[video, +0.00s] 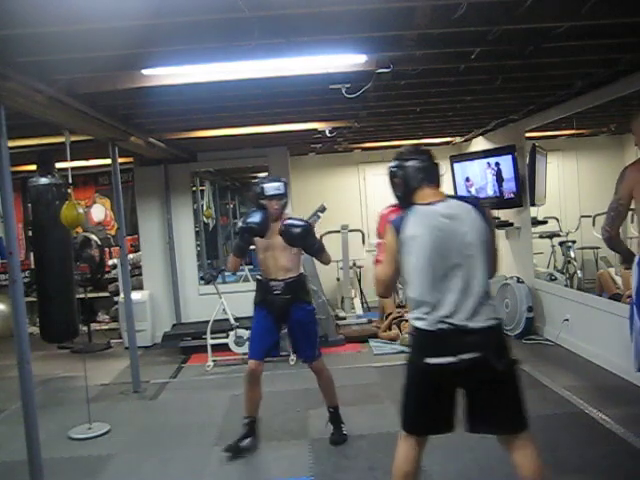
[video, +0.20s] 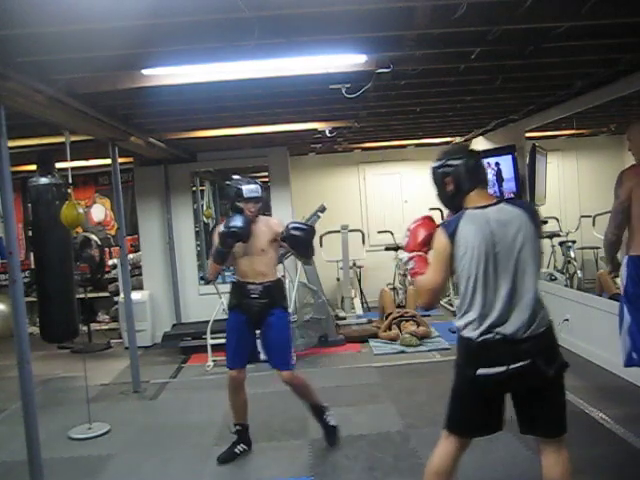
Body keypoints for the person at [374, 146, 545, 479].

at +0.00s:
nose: (393, 185)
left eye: (394, 179)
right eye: (393, 179)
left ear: (400, 183)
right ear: (436, 177)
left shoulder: (399, 225)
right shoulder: (476, 213)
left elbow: (384, 286)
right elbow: (490, 269)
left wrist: (387, 254)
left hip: (432, 351)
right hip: (486, 345)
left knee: (412, 438)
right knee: (517, 438)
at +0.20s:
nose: (440, 192)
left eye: (440, 185)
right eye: (438, 185)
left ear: (451, 183)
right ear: (483, 177)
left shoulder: (450, 230)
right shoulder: (526, 214)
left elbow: (428, 294)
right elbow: (528, 266)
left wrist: (418, 257)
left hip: (480, 357)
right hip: (537, 351)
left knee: (454, 440)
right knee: (553, 444)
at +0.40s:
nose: (457, 188)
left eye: (457, 178)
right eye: (455, 179)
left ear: (474, 171)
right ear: (503, 165)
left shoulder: (475, 214)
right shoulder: (550, 199)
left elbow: (458, 284)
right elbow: (549, 252)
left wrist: (436, 247)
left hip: (498, 339)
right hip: (553, 334)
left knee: (473, 418)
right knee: (552, 438)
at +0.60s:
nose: (455, 205)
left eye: (455, 196)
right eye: (451, 198)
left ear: (469, 189)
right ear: (491, 181)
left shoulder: (490, 226)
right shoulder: (545, 209)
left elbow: (461, 290)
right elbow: (513, 262)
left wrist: (438, 248)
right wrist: (467, 233)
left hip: (512, 341)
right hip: (562, 337)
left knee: (476, 415)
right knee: (554, 433)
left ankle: (508, 474)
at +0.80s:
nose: (454, 193)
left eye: (454, 184)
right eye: (451, 185)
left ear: (470, 179)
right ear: (484, 175)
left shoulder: (492, 215)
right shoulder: (528, 205)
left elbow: (462, 278)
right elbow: (502, 257)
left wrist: (434, 242)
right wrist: (465, 230)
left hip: (512, 329)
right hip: (552, 323)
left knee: (487, 412)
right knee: (547, 407)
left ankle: (512, 475)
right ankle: (561, 475)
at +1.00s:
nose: (462, 189)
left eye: (464, 182)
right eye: (460, 182)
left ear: (480, 178)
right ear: (492, 176)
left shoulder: (499, 211)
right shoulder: (521, 204)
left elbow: (478, 271)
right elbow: (496, 260)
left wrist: (449, 238)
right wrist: (468, 229)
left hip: (516, 319)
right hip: (542, 313)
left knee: (503, 406)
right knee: (541, 385)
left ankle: (520, 474)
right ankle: (568, 453)